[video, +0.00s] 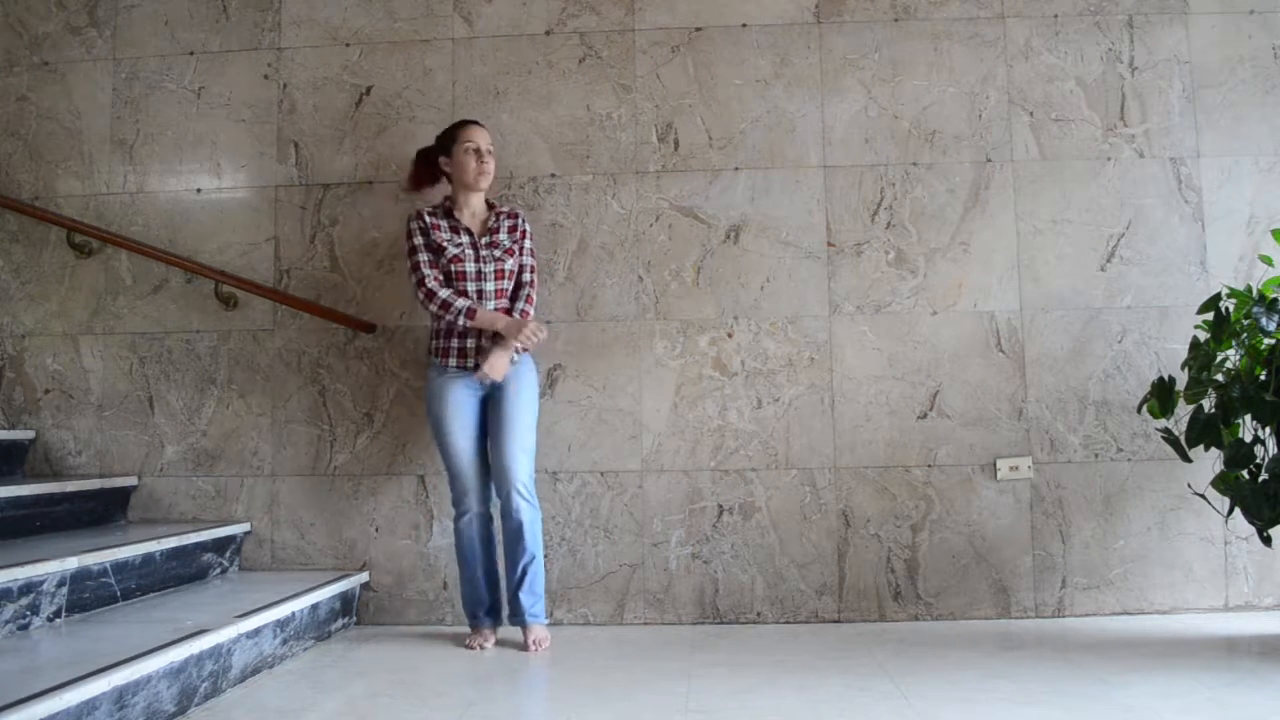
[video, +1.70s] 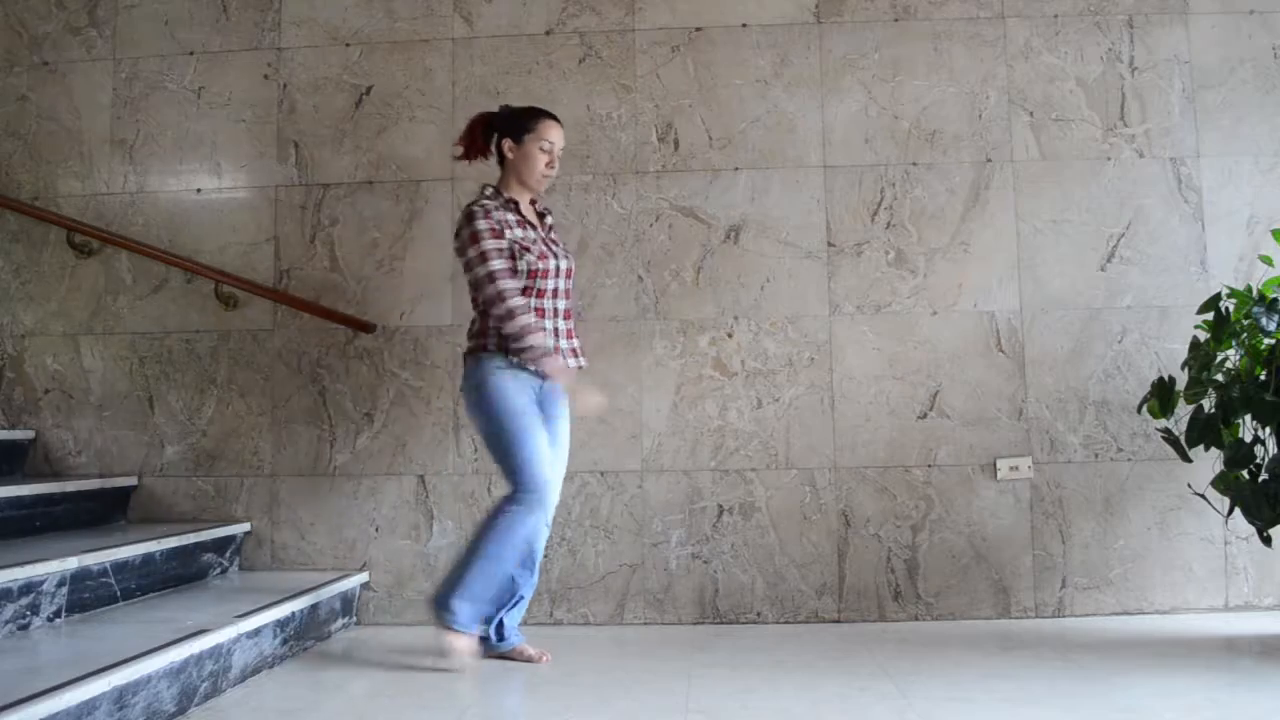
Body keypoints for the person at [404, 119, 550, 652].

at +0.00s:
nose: (484, 159)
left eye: (489, 152)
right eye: (471, 151)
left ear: (496, 165)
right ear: (446, 164)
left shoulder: (515, 223)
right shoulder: (424, 223)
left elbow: (527, 296)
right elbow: (432, 295)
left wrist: (507, 348)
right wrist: (500, 321)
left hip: (513, 366)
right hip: (454, 368)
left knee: (516, 486)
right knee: (469, 497)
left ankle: (533, 615)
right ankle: (483, 619)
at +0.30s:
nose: (496, 169)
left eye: (498, 161)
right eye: (483, 161)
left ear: (499, 174)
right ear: (452, 173)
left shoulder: (517, 235)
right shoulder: (429, 236)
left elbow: (532, 307)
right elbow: (435, 316)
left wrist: (528, 371)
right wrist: (466, 383)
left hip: (516, 381)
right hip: (457, 382)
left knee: (519, 498)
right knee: (476, 502)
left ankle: (526, 616)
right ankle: (483, 620)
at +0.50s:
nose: (507, 155)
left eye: (508, 148)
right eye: (496, 147)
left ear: (502, 160)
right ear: (461, 156)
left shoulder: (522, 221)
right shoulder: (432, 219)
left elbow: (547, 294)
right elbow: (403, 297)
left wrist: (580, 361)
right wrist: (373, 373)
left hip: (517, 369)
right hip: (455, 372)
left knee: (515, 479)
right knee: (472, 496)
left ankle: (535, 603)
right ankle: (483, 621)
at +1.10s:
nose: (539, 155)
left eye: (540, 146)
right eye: (528, 145)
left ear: (520, 154)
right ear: (493, 151)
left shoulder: (546, 224)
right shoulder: (453, 214)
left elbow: (580, 297)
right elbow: (397, 276)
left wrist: (629, 342)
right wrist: (326, 303)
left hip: (531, 374)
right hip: (467, 372)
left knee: (517, 502)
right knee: (470, 506)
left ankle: (501, 631)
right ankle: (466, 608)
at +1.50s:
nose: (544, 157)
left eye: (547, 148)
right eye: (534, 147)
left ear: (544, 153)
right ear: (498, 150)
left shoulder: (551, 214)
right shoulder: (470, 212)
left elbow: (570, 290)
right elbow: (435, 282)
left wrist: (621, 325)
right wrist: (393, 335)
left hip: (543, 370)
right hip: (484, 365)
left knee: (527, 503)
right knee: (484, 494)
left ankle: (500, 633)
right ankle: (422, 621)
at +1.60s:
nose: (546, 158)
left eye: (550, 149)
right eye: (536, 147)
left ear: (546, 155)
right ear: (500, 148)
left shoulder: (548, 218)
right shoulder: (474, 215)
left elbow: (560, 294)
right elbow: (471, 302)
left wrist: (577, 352)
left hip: (547, 368)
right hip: (493, 365)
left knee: (535, 501)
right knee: (502, 491)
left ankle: (501, 632)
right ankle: (427, 615)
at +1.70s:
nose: (554, 162)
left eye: (559, 153)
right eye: (545, 149)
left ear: (555, 160)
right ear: (509, 149)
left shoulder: (545, 224)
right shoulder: (482, 216)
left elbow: (557, 305)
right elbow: (503, 302)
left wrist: (572, 366)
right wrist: (556, 367)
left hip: (550, 374)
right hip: (499, 369)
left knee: (543, 500)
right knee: (536, 489)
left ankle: (502, 628)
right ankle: (460, 613)